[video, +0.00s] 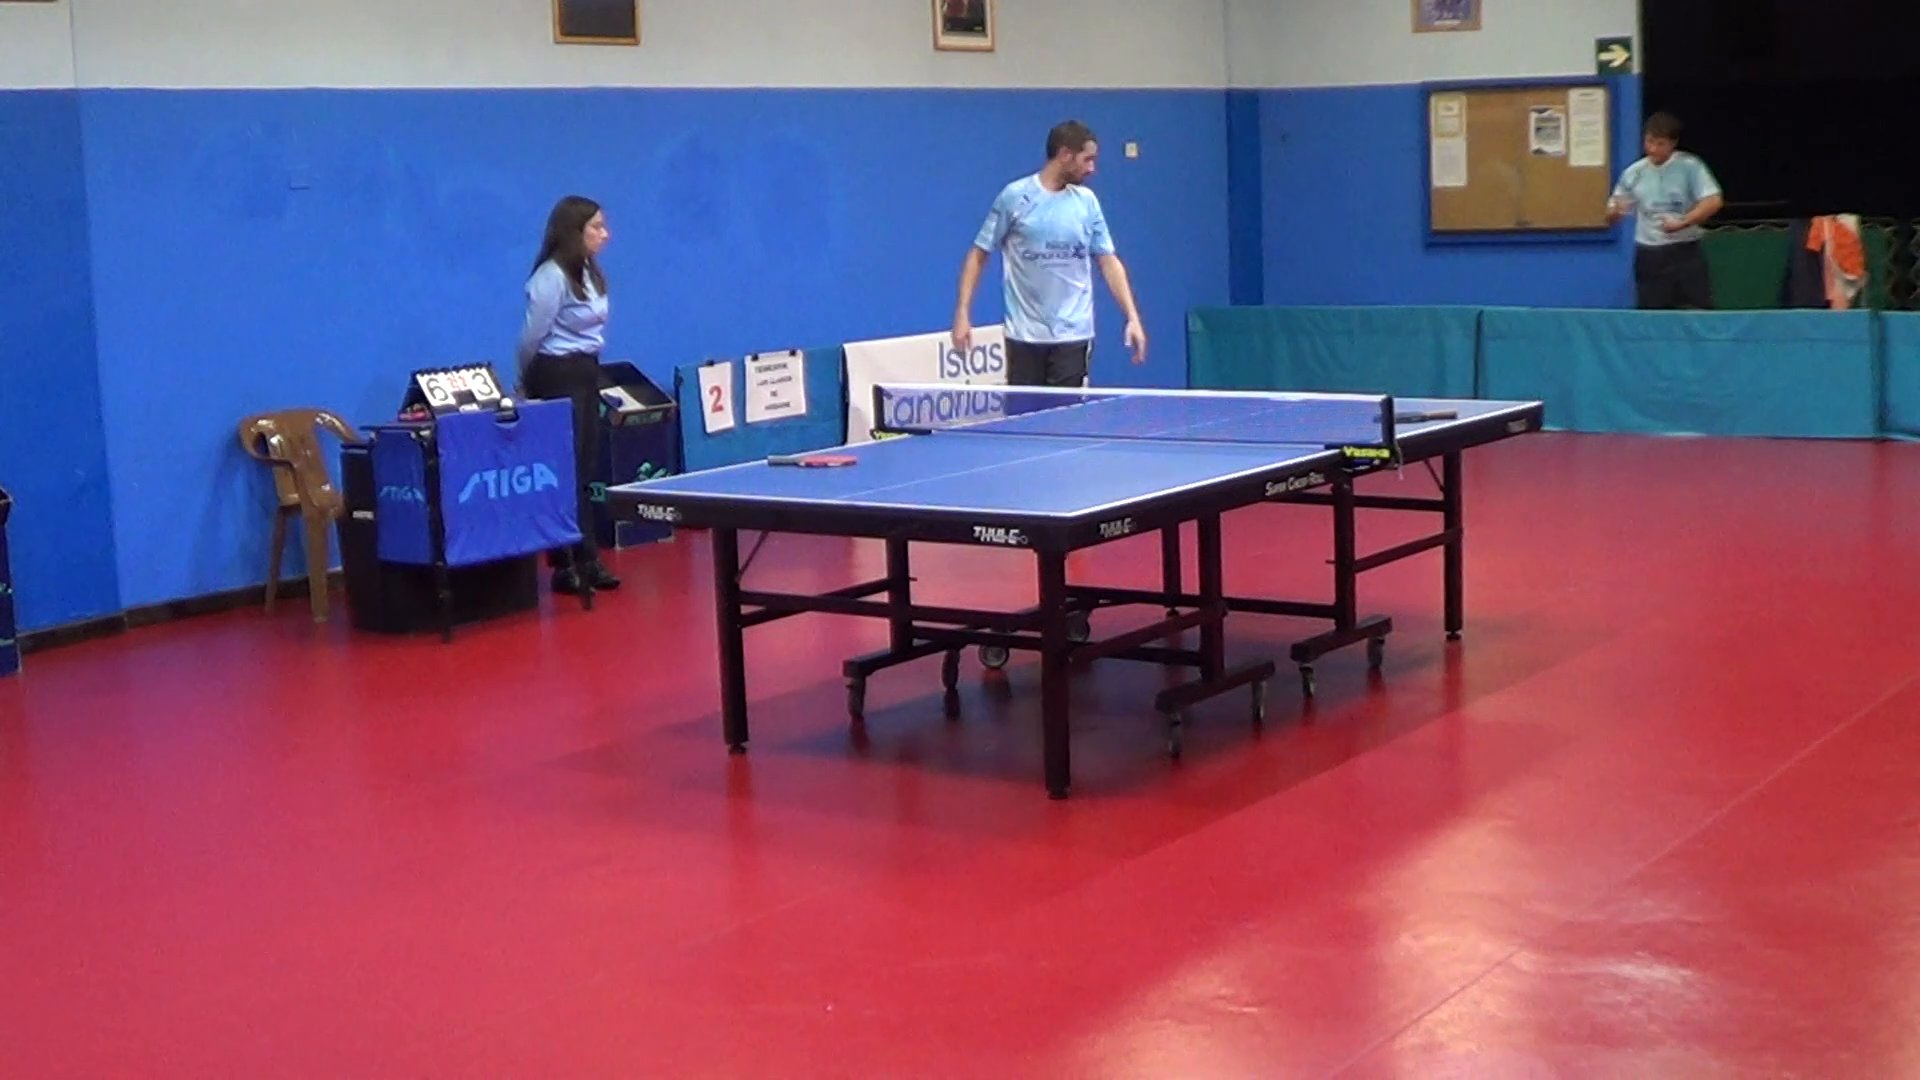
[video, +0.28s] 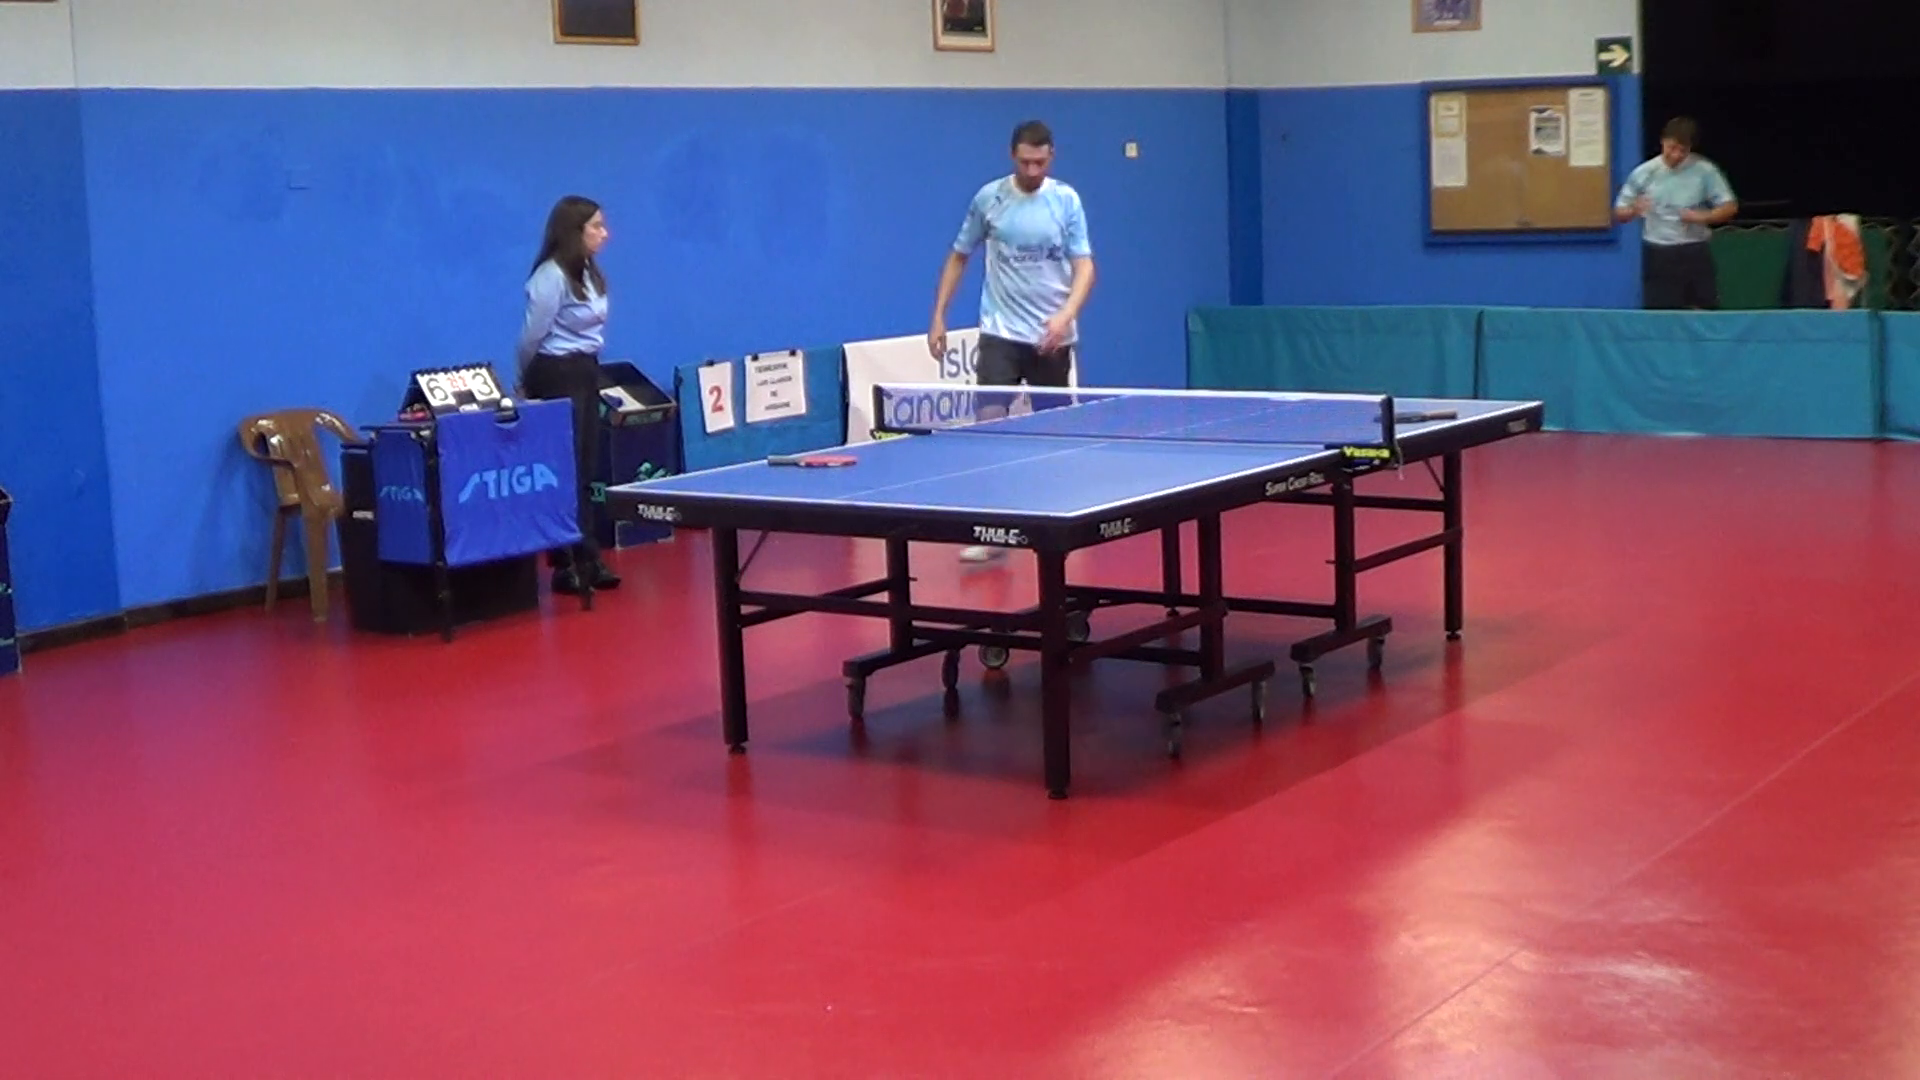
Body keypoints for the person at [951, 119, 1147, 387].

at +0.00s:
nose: (1092, 169)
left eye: (1093, 160)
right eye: (1088, 159)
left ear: (1067, 156)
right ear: (1065, 155)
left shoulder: (1086, 201)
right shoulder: (1014, 196)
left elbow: (1108, 261)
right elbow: (978, 254)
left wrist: (1132, 318)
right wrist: (962, 315)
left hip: (1072, 334)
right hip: (1023, 333)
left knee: (1065, 423)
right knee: (1021, 423)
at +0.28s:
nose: (1033, 171)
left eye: (1040, 163)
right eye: (1026, 162)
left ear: (1051, 157)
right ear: (1012, 156)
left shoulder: (1066, 200)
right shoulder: (988, 198)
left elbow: (1085, 267)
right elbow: (959, 256)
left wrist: (1066, 316)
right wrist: (939, 316)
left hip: (1052, 339)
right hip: (999, 337)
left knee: (1056, 435)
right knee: (989, 430)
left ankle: (1054, 528)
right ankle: (989, 532)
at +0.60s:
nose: (952, 178)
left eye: (959, 169)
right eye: (946, 170)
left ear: (981, 161)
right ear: (942, 167)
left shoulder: (1015, 200)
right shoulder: (938, 206)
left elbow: (1044, 267)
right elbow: (931, 271)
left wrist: (1051, 335)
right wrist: (928, 332)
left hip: (1009, 347)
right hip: (955, 347)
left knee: (1014, 444)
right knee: (959, 446)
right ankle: (975, 549)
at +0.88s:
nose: (900, 178)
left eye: (907, 169)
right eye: (896, 170)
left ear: (934, 163)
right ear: (899, 168)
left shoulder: (977, 203)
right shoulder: (896, 207)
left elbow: (1014, 264)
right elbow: (882, 271)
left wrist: (1029, 337)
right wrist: (862, 334)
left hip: (962, 346)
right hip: (914, 349)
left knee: (952, 446)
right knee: (935, 449)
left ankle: (970, 552)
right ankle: (972, 549)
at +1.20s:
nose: (843, 173)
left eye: (849, 164)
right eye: (841, 165)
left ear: (880, 162)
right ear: (852, 165)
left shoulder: (926, 211)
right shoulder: (846, 209)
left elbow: (951, 286)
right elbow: (835, 274)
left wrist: (955, 363)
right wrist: (808, 336)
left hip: (912, 362)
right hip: (859, 362)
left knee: (919, 463)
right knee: (867, 467)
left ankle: (947, 542)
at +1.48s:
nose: (766, 172)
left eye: (771, 162)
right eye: (766, 162)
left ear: (796, 159)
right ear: (794, 160)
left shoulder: (856, 208)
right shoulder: (793, 211)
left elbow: (875, 288)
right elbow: (812, 288)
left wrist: (843, 360)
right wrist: (804, 349)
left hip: (854, 368)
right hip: (803, 364)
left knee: (877, 473)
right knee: (776, 462)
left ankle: (903, 581)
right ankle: (787, 585)